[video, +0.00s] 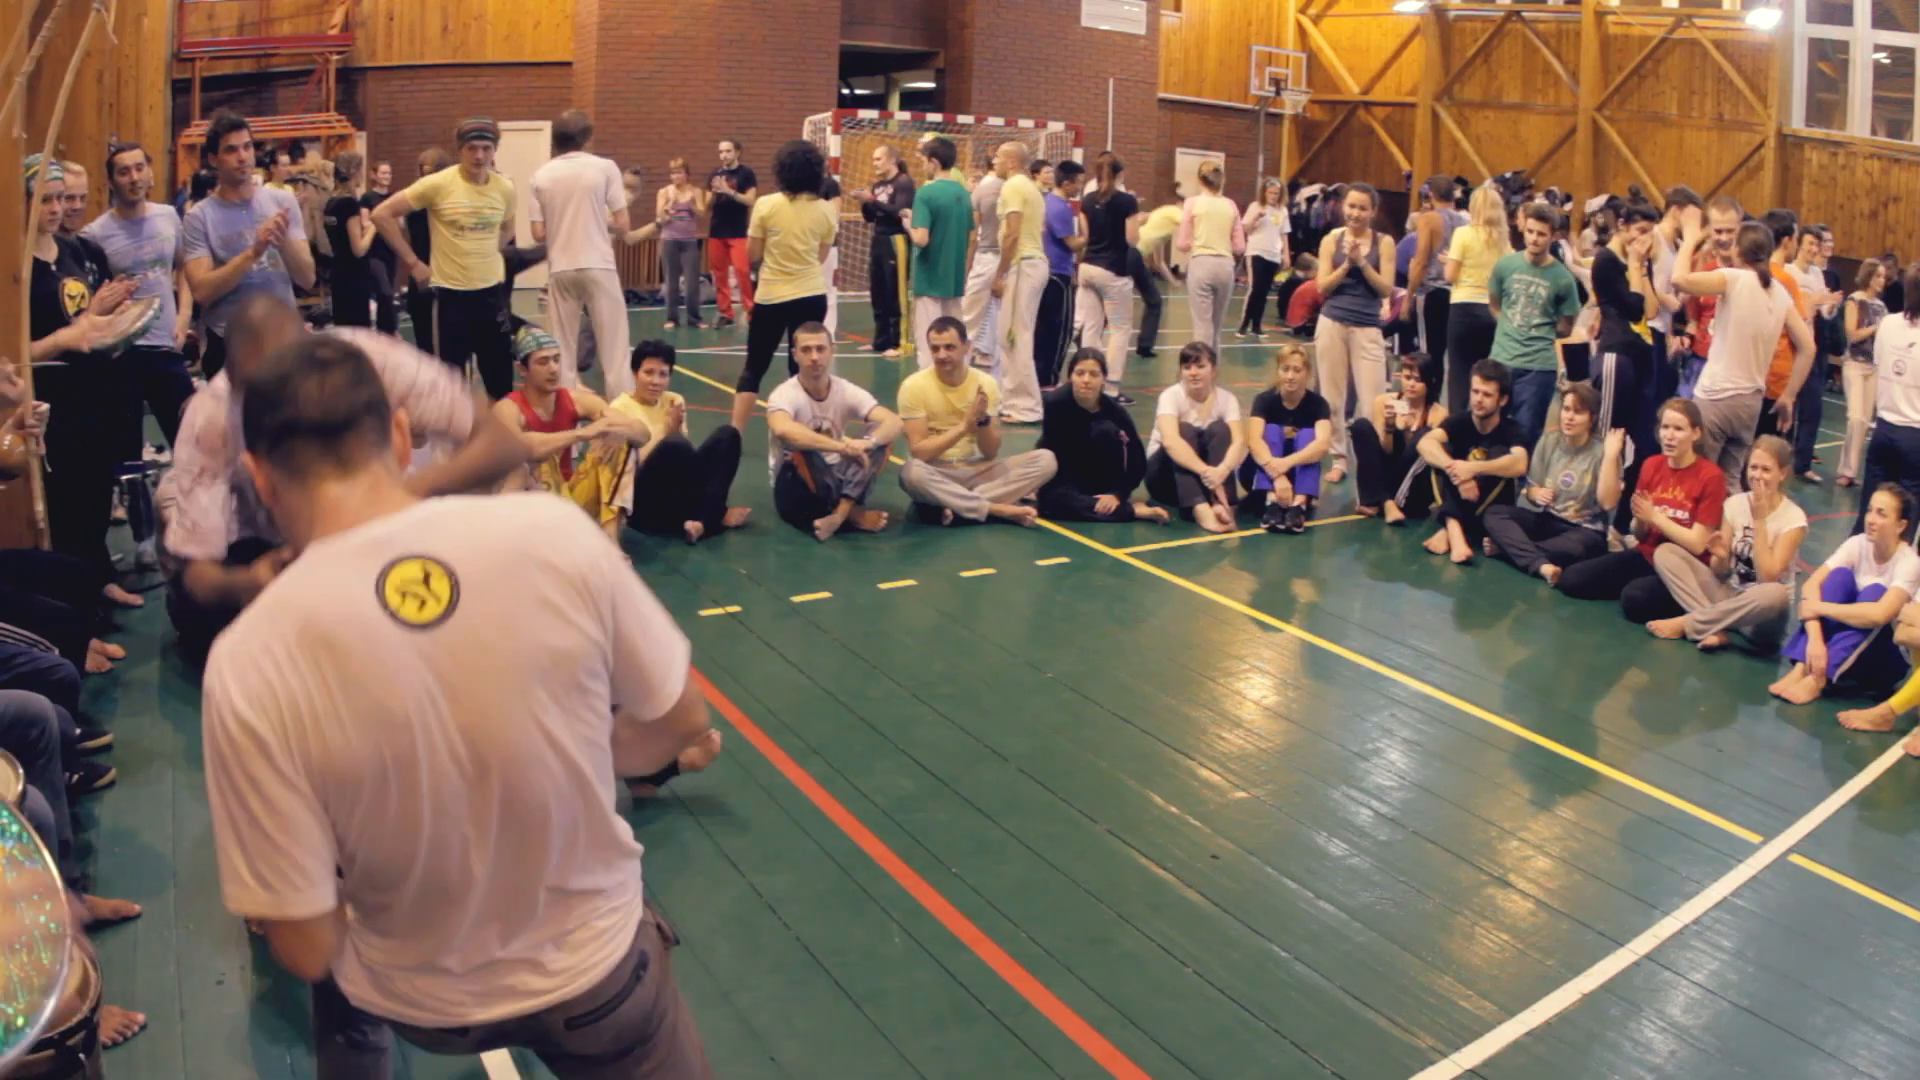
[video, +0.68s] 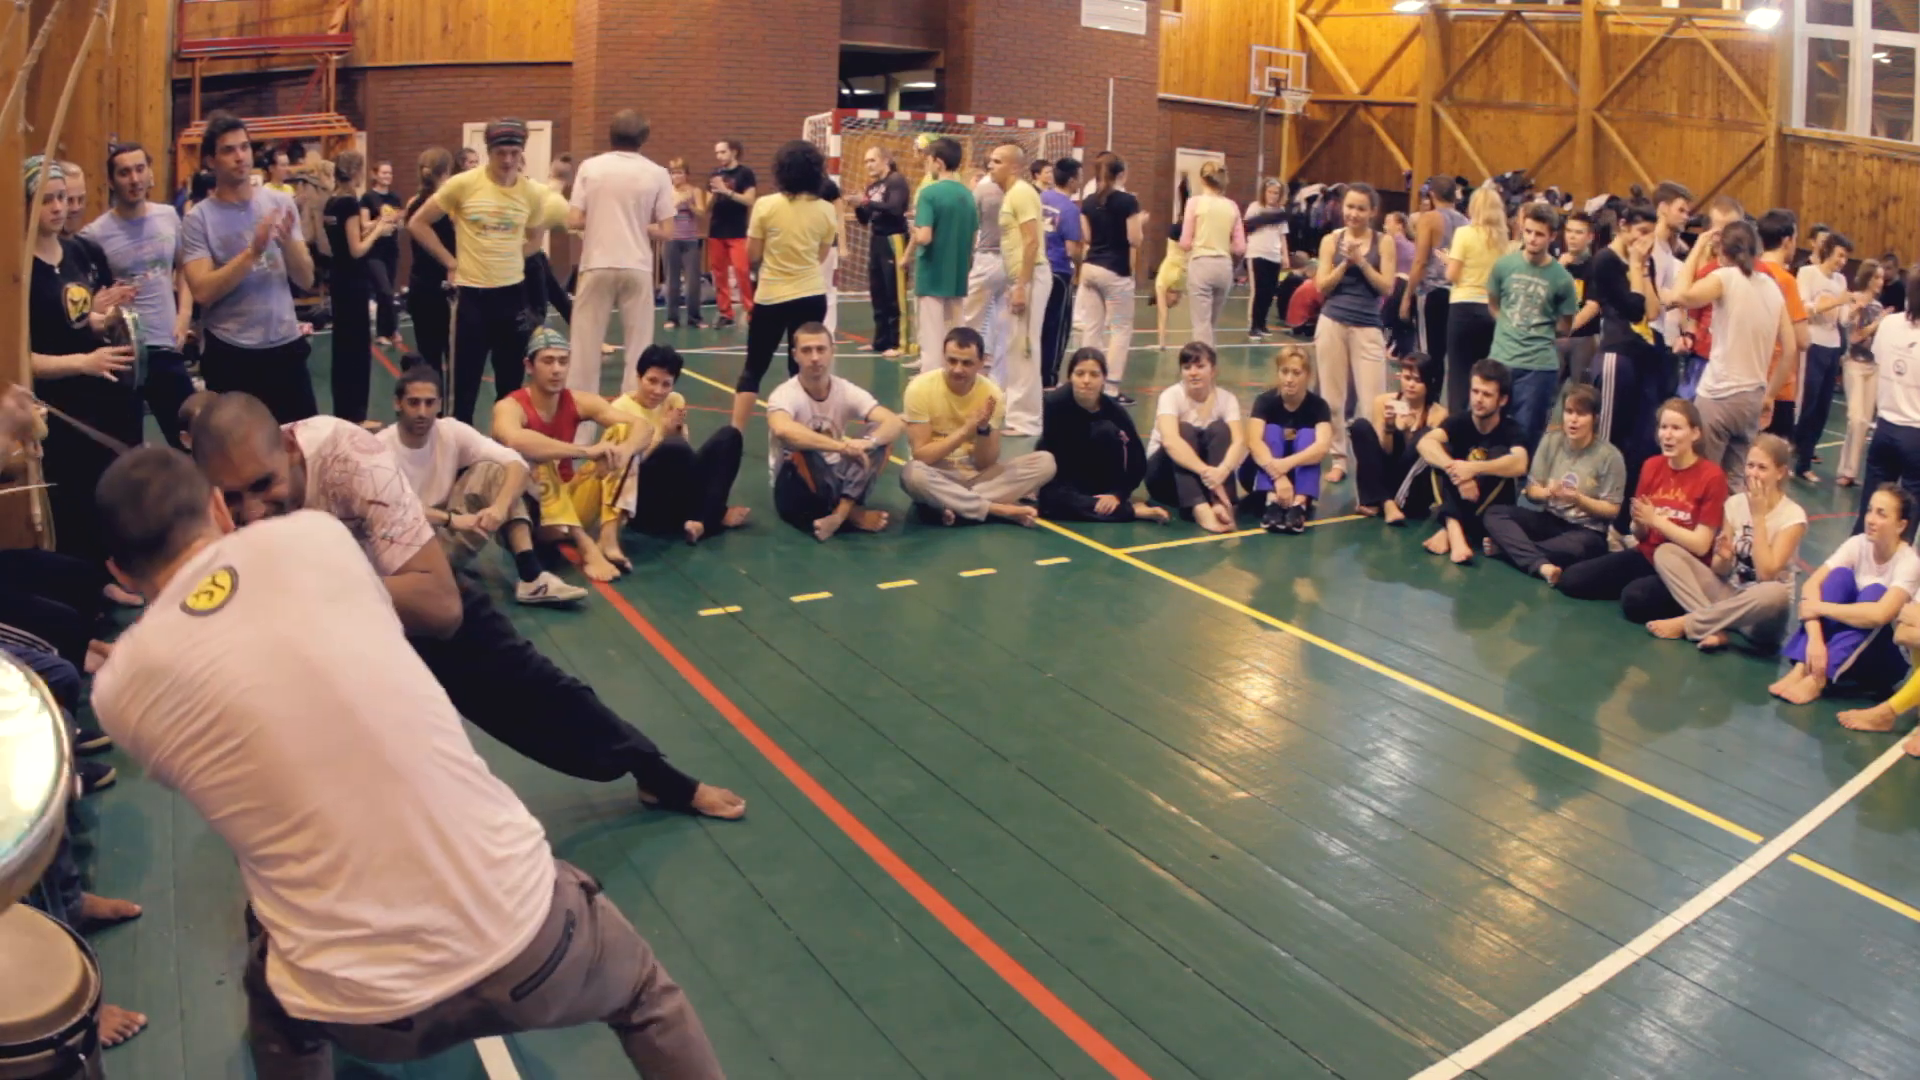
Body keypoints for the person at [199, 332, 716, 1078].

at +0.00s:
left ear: (258, 476)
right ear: (402, 433)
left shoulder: (253, 662)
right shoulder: (554, 533)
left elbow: (306, 953)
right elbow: (674, 720)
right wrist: (552, 755)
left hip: (413, 999)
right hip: (595, 973)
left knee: (337, 975)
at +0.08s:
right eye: (400, 432)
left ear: (251, 496)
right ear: (392, 455)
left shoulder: (244, 693)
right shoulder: (544, 544)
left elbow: (311, 964)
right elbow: (651, 721)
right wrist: (530, 750)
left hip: (420, 1004)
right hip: (600, 980)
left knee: (340, 984)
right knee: (662, 1066)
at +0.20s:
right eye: (394, 427)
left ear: (231, 489)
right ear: (375, 445)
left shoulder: (231, 683)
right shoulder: (529, 529)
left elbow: (274, 929)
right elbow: (606, 699)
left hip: (418, 997)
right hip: (598, 967)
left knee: (332, 969)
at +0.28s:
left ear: (212, 476)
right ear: (349, 417)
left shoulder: (219, 655)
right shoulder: (506, 504)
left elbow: (238, 867)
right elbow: (573, 666)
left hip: (411, 998)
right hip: (592, 961)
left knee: (312, 943)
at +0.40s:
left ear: (145, 443)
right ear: (276, 381)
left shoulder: (165, 615)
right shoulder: (406, 446)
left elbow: (186, 751)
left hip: (393, 973)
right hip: (567, 920)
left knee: (298, 963)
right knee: (652, 1068)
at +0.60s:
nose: (271, 469)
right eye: (243, 464)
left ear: (107, 547)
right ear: (213, 478)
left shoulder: (108, 672)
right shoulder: (315, 511)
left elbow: (187, 766)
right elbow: (391, 631)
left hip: (356, 1002)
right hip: (528, 936)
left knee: (272, 993)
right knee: (644, 1010)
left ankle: (285, 1063)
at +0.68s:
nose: (257, 502)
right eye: (240, 492)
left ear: (120, 579)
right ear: (218, 505)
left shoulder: (119, 694)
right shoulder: (320, 537)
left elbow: (213, 788)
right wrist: (145, 667)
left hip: (366, 1018)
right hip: (535, 949)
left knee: (275, 967)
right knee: (642, 992)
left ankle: (290, 1057)